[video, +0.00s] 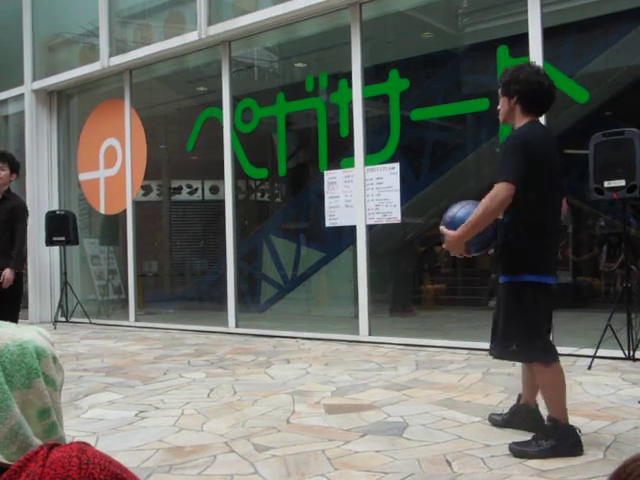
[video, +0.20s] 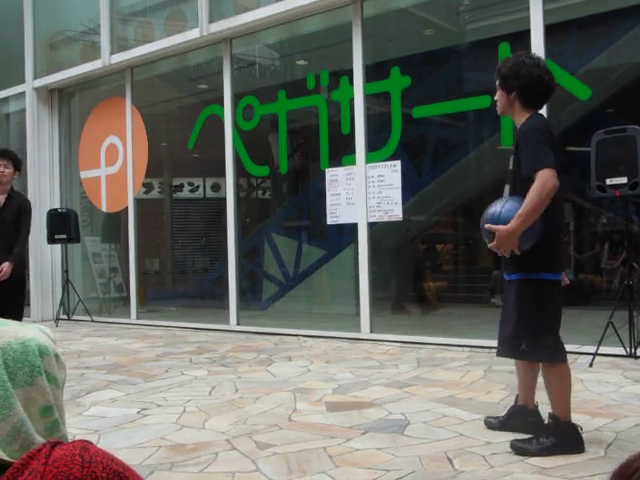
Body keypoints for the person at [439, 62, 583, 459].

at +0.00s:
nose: (497, 104)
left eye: (500, 97)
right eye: (498, 97)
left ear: (515, 100)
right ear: (532, 102)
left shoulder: (519, 141)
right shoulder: (544, 140)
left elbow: (501, 196)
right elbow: (556, 207)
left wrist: (460, 235)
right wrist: (495, 232)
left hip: (525, 265)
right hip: (533, 263)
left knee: (538, 344)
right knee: (528, 339)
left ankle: (561, 430)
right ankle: (527, 408)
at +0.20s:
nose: (494, 95)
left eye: (497, 88)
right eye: (496, 88)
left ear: (512, 93)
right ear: (526, 93)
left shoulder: (533, 128)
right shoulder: (530, 130)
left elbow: (548, 181)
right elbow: (537, 190)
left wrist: (513, 229)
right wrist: (510, 232)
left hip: (539, 257)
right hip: (525, 256)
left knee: (545, 340)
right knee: (522, 336)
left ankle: (563, 428)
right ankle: (524, 411)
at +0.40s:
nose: (489, 93)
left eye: (494, 86)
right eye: (491, 86)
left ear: (509, 92)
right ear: (518, 91)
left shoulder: (537, 128)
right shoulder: (523, 132)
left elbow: (564, 177)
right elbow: (537, 186)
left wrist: (538, 225)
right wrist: (520, 230)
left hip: (539, 261)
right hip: (515, 259)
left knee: (548, 342)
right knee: (505, 329)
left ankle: (564, 427)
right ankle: (518, 403)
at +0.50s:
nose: (488, 96)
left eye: (492, 89)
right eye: (490, 89)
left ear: (508, 93)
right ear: (514, 93)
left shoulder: (537, 127)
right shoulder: (522, 132)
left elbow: (562, 178)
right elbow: (531, 185)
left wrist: (538, 226)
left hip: (537, 260)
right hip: (512, 259)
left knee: (546, 341)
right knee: (493, 322)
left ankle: (565, 428)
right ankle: (514, 395)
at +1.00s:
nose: (486, 108)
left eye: (490, 101)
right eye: (488, 101)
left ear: (504, 105)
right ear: (513, 107)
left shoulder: (513, 137)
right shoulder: (524, 142)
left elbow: (519, 186)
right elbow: (537, 213)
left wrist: (493, 231)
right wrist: (542, 265)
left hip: (519, 266)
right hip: (513, 265)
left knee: (535, 344)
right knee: (510, 341)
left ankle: (580, 426)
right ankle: (503, 415)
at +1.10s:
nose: (486, 111)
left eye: (490, 105)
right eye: (488, 104)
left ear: (503, 108)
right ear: (514, 110)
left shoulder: (510, 139)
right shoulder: (525, 145)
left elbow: (508, 187)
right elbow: (533, 214)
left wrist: (479, 229)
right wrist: (535, 267)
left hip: (509, 267)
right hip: (517, 265)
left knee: (520, 344)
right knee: (513, 341)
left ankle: (574, 419)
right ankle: (507, 415)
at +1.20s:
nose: (488, 114)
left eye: (492, 108)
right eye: (490, 108)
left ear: (506, 111)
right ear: (520, 114)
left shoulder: (509, 140)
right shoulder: (529, 148)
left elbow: (505, 187)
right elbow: (536, 218)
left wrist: (473, 229)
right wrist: (536, 268)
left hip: (504, 267)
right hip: (519, 267)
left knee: (498, 340)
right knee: (512, 341)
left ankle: (558, 406)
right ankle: (512, 415)